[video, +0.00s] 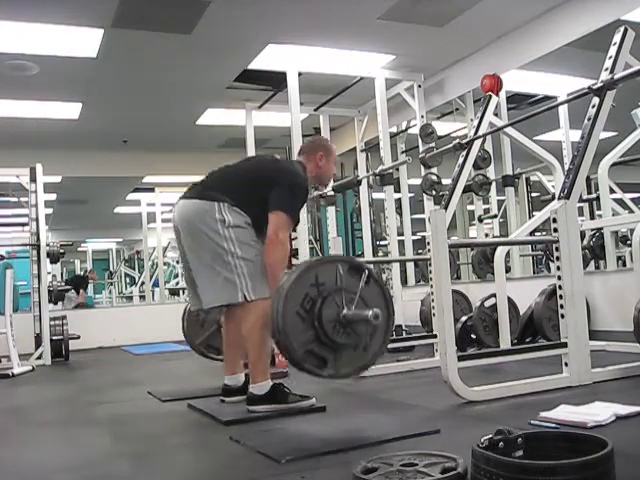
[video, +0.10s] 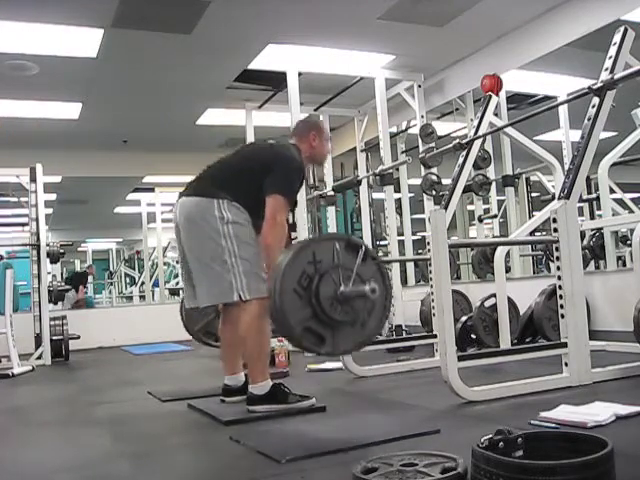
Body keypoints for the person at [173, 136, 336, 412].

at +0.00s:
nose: (334, 173)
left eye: (336, 166)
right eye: (334, 164)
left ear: (309, 158)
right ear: (319, 159)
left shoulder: (276, 172)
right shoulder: (293, 177)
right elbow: (277, 236)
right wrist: (281, 304)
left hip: (190, 209)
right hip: (215, 211)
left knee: (237, 301)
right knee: (259, 298)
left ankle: (234, 383)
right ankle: (262, 389)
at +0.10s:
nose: (329, 150)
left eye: (329, 143)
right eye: (327, 142)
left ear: (303, 137)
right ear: (313, 138)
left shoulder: (271, 152)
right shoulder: (289, 159)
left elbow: (270, 219)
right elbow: (273, 220)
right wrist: (270, 278)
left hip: (193, 205)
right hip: (217, 207)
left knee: (233, 302)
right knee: (256, 298)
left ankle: (234, 383)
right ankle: (262, 389)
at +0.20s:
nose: (318, 122)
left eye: (317, 115)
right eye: (314, 115)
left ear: (286, 118)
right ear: (297, 117)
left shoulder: (259, 136)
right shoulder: (281, 141)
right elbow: (269, 206)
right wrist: (270, 258)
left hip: (195, 203)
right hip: (220, 205)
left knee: (230, 302)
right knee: (251, 298)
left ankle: (234, 382)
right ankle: (262, 389)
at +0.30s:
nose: (297, 101)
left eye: (296, 94)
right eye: (293, 93)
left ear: (266, 94)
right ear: (279, 93)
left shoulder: (244, 120)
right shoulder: (270, 121)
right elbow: (262, 177)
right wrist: (265, 230)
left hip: (200, 204)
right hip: (226, 203)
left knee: (230, 301)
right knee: (249, 299)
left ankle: (234, 382)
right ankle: (261, 388)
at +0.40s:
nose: (274, 79)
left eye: (272, 73)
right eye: (270, 73)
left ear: (242, 78)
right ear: (257, 74)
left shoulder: (225, 111)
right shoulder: (256, 107)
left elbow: (208, 170)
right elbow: (253, 159)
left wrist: (196, 221)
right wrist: (269, 212)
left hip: (207, 209)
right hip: (232, 208)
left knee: (229, 302)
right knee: (251, 299)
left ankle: (234, 382)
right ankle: (261, 388)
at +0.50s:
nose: (253, 67)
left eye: (251, 60)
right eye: (250, 60)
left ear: (223, 67)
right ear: (237, 62)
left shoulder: (212, 104)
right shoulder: (240, 97)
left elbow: (212, 167)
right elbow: (245, 157)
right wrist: (266, 207)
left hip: (211, 210)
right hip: (233, 208)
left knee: (229, 301)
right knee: (252, 298)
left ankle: (233, 381)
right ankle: (261, 388)